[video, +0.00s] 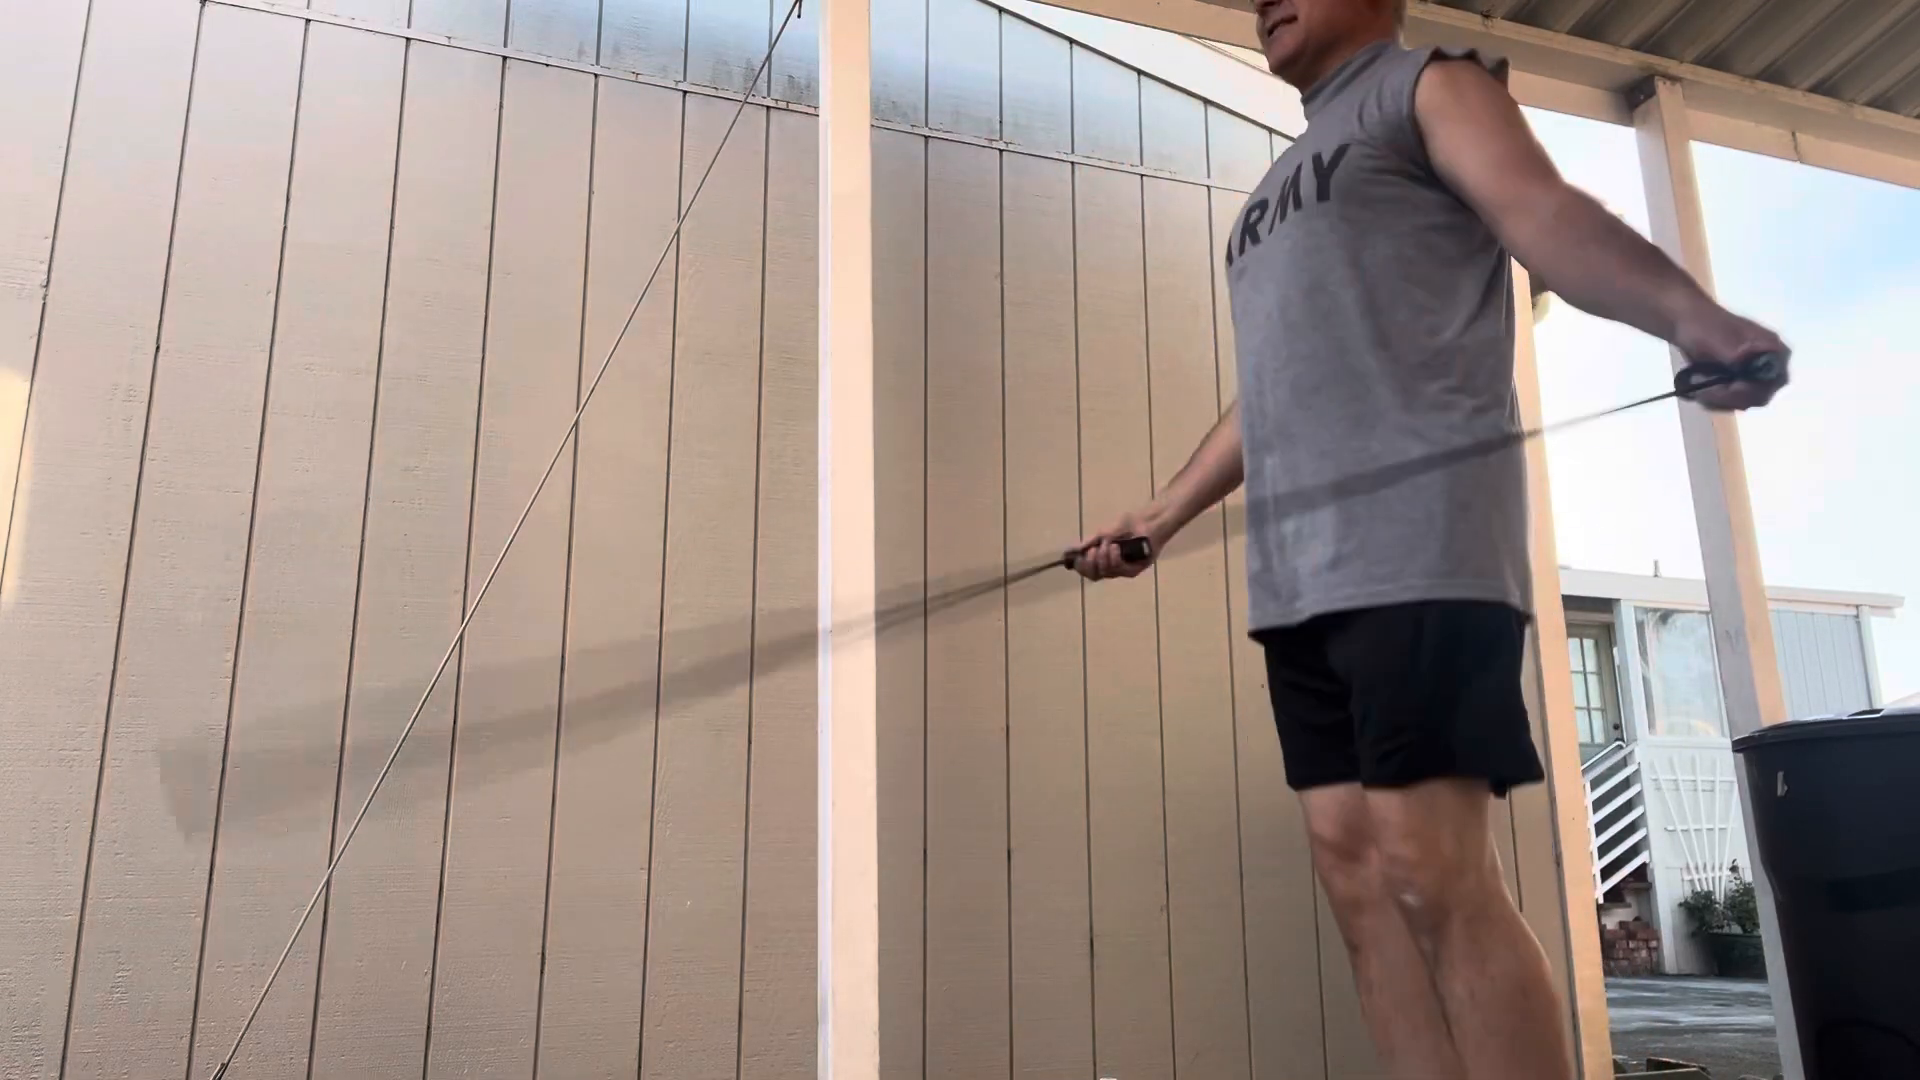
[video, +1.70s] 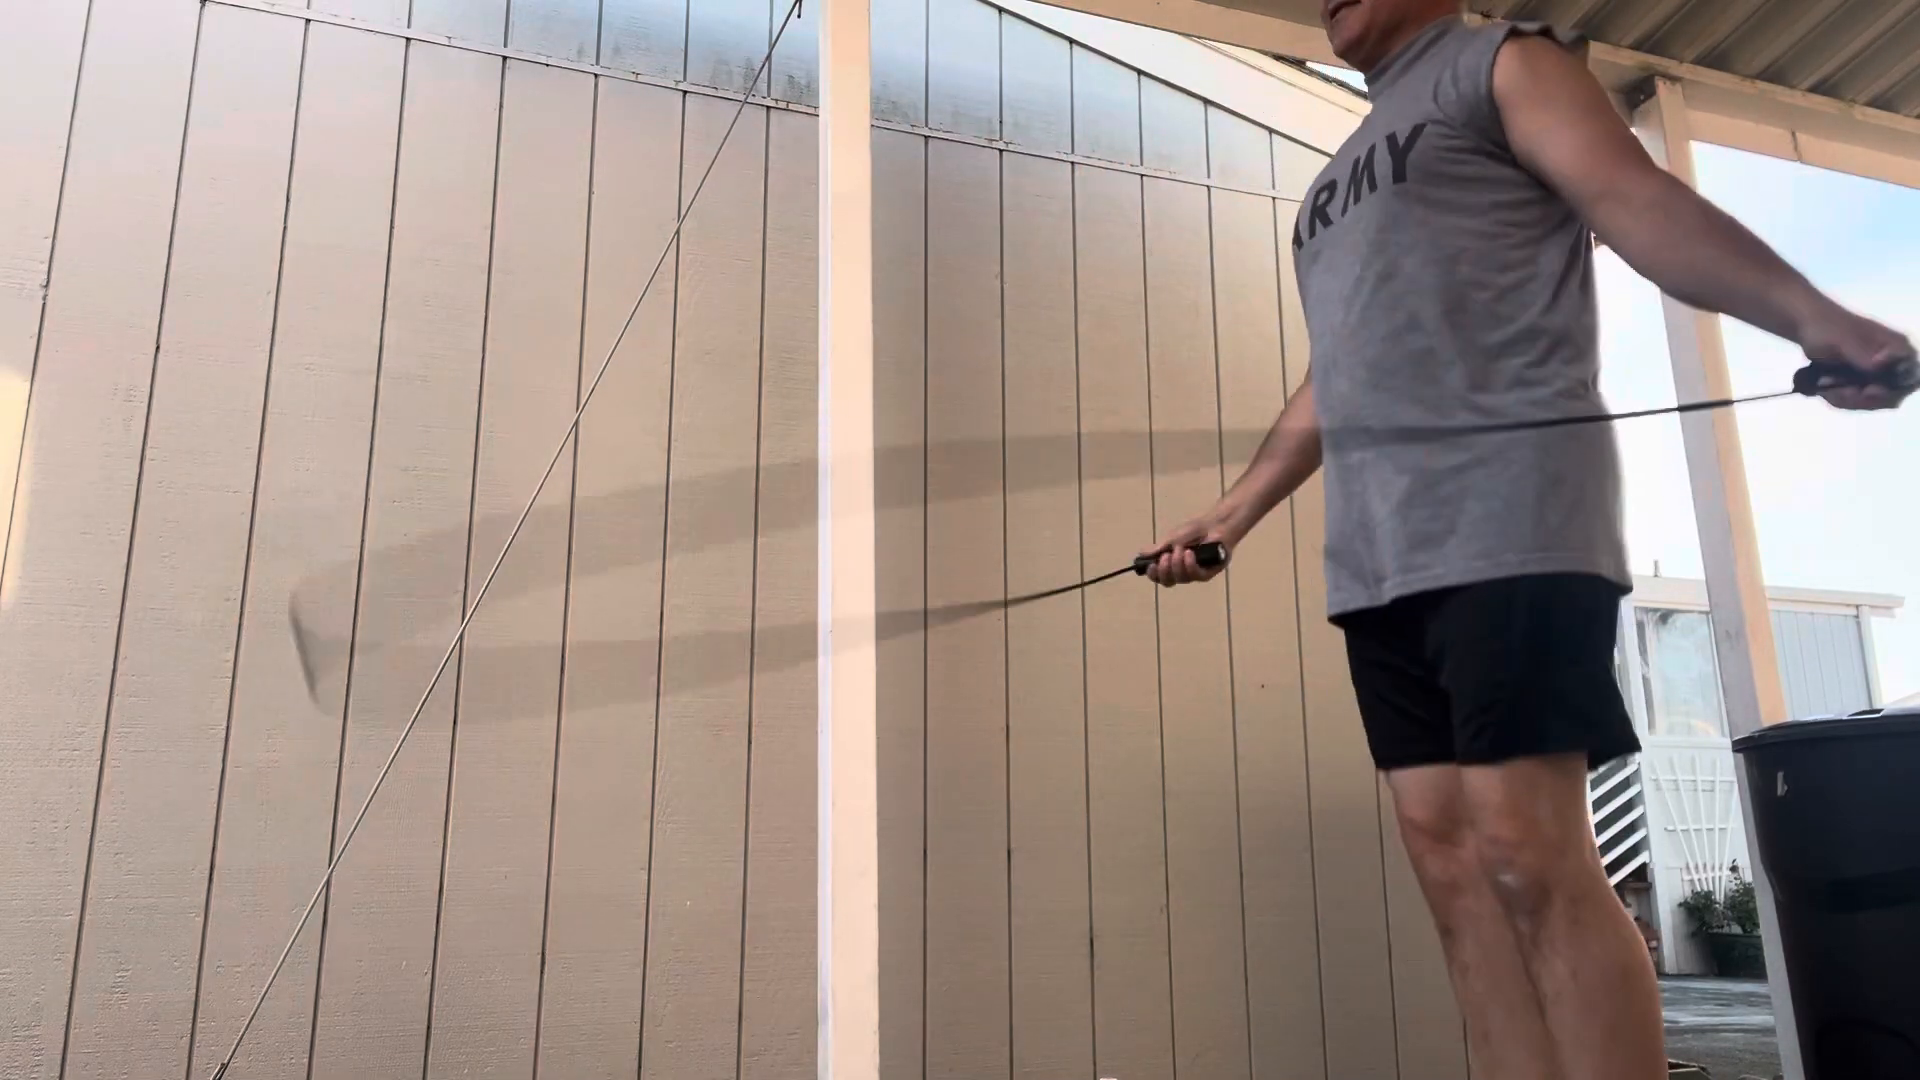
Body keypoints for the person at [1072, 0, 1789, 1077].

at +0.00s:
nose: (1260, 6)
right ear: (1272, 25)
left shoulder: (1430, 83)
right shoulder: (1276, 185)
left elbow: (1542, 214)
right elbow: (1273, 386)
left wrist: (1689, 314)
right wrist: (1164, 511)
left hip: (1424, 546)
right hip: (1300, 564)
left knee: (1433, 868)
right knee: (1348, 865)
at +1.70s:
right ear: (1339, 25)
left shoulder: (1505, 61)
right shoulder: (1337, 178)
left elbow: (1635, 201)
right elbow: (1336, 374)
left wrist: (1813, 314)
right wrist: (1228, 516)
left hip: (1512, 513)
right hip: (1377, 543)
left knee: (1529, 847)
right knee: (1439, 847)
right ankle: (1523, 1077)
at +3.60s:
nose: (1380, 10)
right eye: (1375, 4)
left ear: (1493, 4)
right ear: (1382, 44)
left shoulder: (1575, 93)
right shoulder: (1382, 212)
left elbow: (1728, 229)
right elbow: (1386, 406)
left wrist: (1866, 280)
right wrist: (1222, 465)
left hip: (1589, 562)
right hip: (1430, 592)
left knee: (1599, 909)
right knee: (1482, 910)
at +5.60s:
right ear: (1447, 34)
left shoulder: (1643, 71)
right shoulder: (1440, 183)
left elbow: (1814, 212)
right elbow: (1433, 379)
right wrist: (1302, 460)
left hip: (1644, 516)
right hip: (1485, 550)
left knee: (1662, 850)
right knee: (1555, 853)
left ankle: (1751, 1074)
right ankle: (1658, 1078)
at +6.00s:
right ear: (1439, 32)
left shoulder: (1633, 58)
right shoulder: (1441, 178)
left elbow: (1799, 183)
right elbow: (1451, 366)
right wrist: (1323, 453)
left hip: (1657, 508)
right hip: (1497, 545)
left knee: (1677, 839)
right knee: (1561, 837)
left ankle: (1755, 1071)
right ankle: (1655, 1070)